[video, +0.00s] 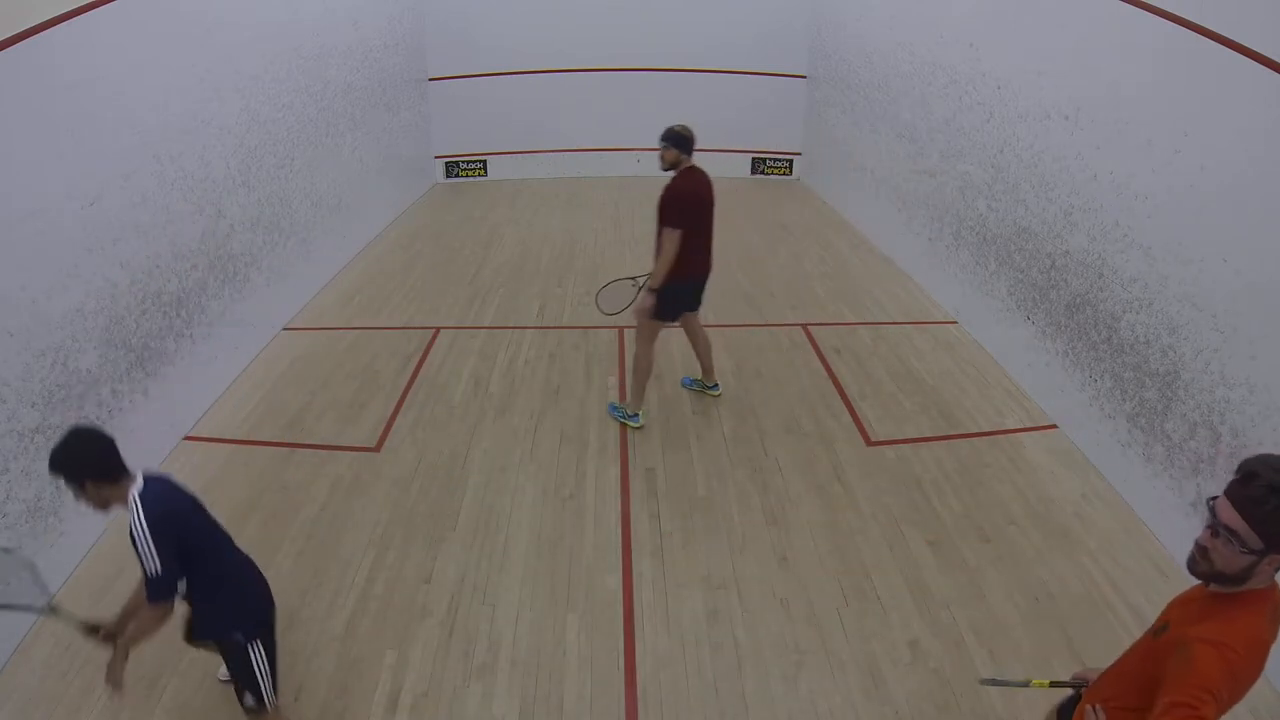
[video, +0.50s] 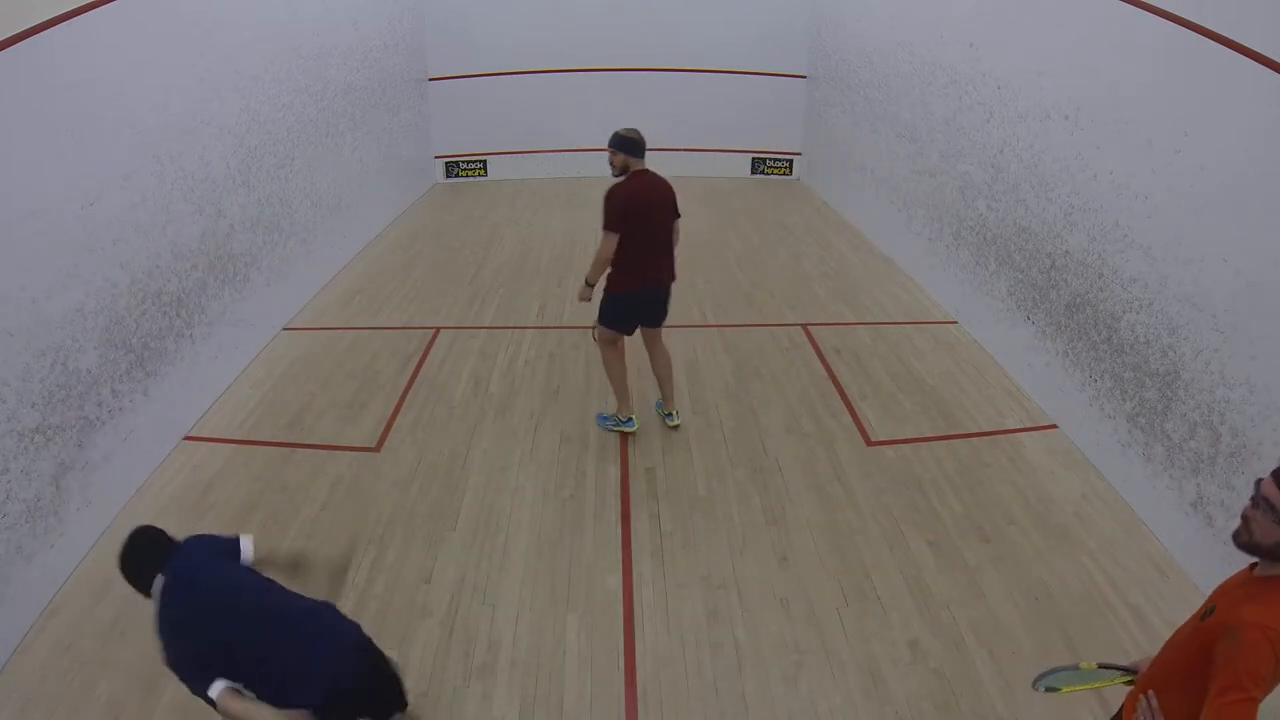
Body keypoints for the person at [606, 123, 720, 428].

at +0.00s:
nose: (659, 154)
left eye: (663, 149)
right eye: (660, 149)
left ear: (677, 152)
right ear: (684, 151)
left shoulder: (676, 190)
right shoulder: (701, 180)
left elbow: (670, 246)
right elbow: (692, 233)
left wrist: (651, 288)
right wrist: (660, 267)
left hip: (674, 277)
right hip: (697, 272)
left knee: (645, 333)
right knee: (690, 321)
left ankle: (633, 408)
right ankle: (709, 380)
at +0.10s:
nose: (645, 155)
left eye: (649, 150)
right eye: (645, 150)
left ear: (662, 153)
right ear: (673, 153)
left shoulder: (658, 191)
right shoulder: (692, 181)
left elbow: (648, 246)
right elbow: (688, 234)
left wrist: (625, 287)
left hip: (655, 279)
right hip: (684, 276)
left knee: (635, 340)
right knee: (678, 322)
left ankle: (633, 409)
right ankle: (703, 381)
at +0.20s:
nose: (633, 152)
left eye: (637, 147)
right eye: (634, 146)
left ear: (652, 149)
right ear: (660, 149)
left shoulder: (646, 187)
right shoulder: (683, 179)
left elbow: (633, 246)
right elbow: (677, 232)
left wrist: (604, 282)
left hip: (646, 277)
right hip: (676, 273)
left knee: (632, 339)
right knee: (668, 323)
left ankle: (633, 409)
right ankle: (689, 389)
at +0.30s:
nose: (624, 151)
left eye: (628, 146)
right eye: (624, 146)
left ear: (642, 148)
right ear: (651, 148)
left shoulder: (636, 186)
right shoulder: (676, 177)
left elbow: (624, 245)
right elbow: (681, 225)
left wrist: (595, 278)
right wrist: (657, 252)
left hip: (640, 276)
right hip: (670, 272)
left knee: (627, 340)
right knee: (659, 329)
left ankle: (630, 408)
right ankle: (670, 401)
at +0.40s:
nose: (616, 158)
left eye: (620, 152)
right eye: (616, 152)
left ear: (634, 154)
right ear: (645, 153)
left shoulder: (628, 192)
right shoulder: (671, 183)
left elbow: (617, 250)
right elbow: (677, 231)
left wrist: (590, 282)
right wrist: (663, 260)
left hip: (635, 283)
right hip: (668, 280)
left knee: (610, 335)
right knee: (657, 334)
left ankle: (626, 409)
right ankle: (670, 407)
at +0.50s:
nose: (609, 160)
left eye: (612, 154)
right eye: (609, 154)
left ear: (626, 156)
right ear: (640, 155)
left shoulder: (618, 193)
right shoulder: (663, 186)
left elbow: (607, 250)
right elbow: (673, 235)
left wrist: (589, 283)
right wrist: (665, 266)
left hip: (625, 284)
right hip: (660, 281)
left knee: (608, 337)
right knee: (653, 337)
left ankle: (624, 414)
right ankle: (669, 408)